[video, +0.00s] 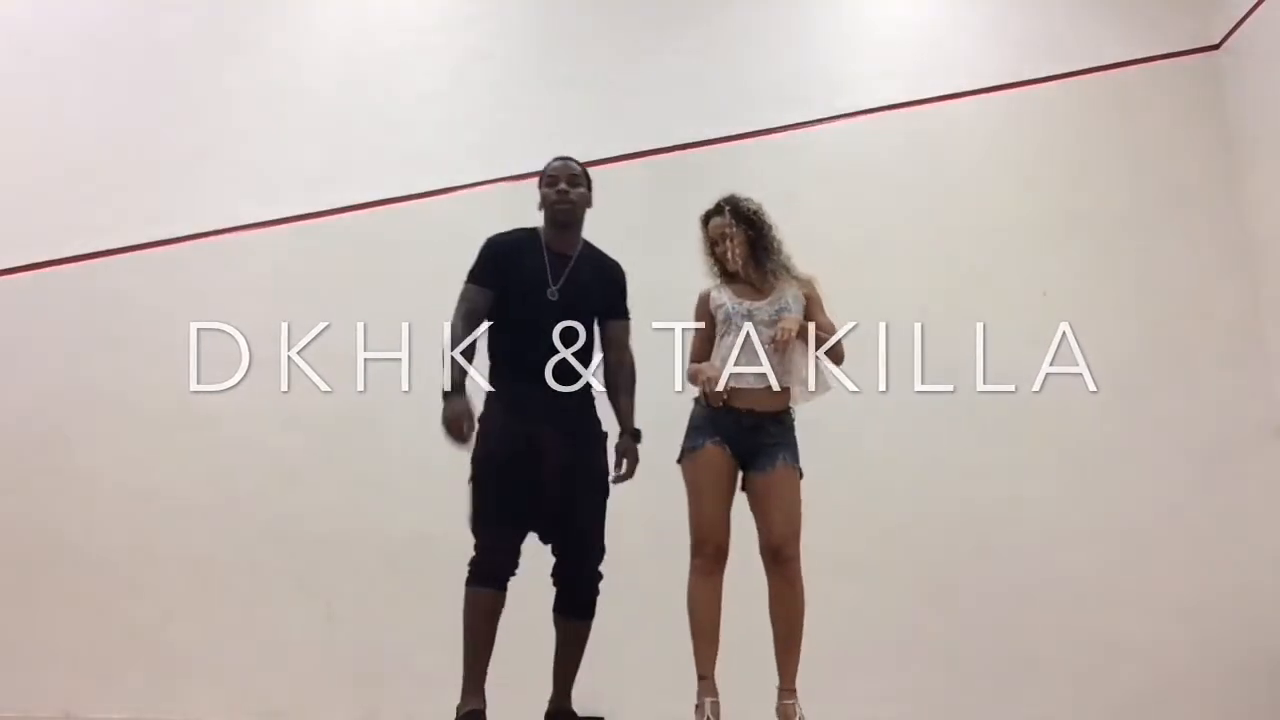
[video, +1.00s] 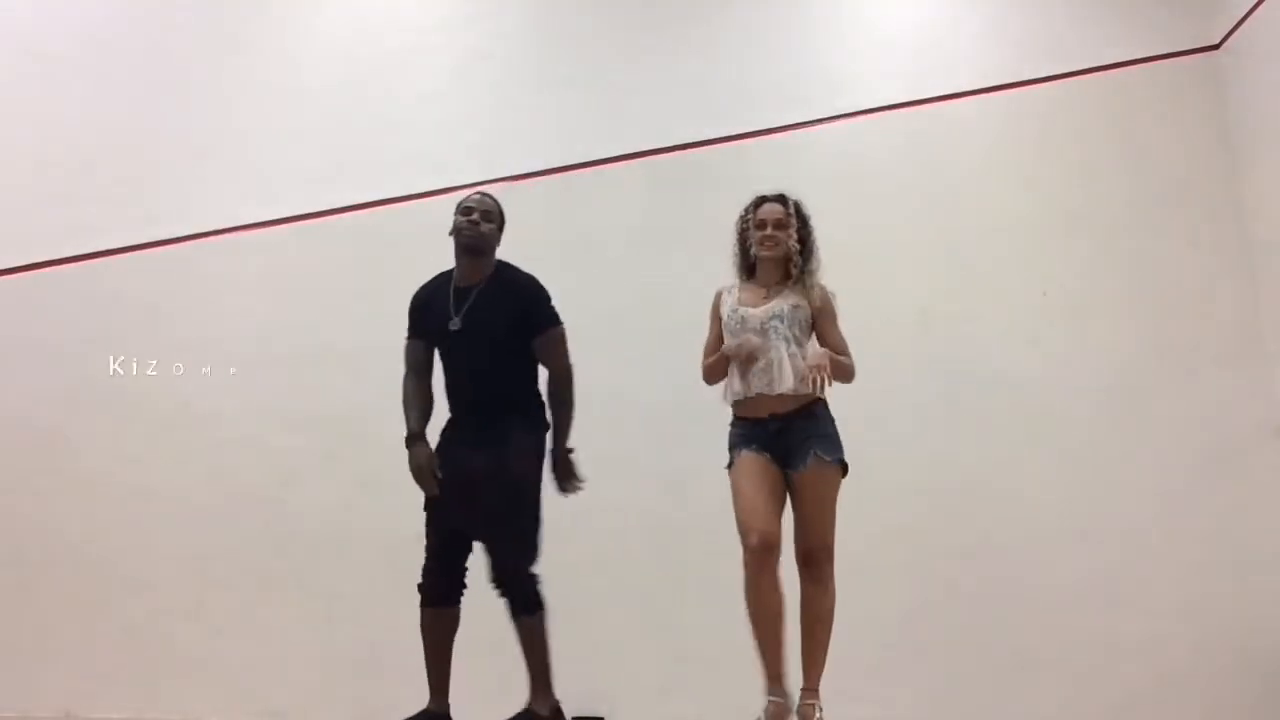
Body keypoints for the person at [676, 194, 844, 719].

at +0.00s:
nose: (726, 246)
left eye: (732, 235)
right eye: (717, 240)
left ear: (755, 233)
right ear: (711, 248)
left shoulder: (798, 290)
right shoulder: (713, 298)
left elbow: (835, 353)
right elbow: (694, 367)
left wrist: (802, 327)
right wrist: (703, 372)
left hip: (773, 431)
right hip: (713, 427)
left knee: (782, 555)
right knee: (708, 552)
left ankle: (789, 695)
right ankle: (706, 691)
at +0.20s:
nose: (721, 244)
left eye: (728, 233)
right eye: (712, 238)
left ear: (749, 234)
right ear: (704, 246)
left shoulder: (790, 293)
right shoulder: (702, 299)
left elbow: (807, 371)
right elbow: (682, 373)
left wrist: (793, 352)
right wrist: (699, 367)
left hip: (764, 433)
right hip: (706, 426)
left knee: (767, 553)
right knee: (703, 551)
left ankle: (749, 691)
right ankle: (704, 691)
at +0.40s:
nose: (728, 234)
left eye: (737, 224)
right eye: (719, 226)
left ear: (756, 228)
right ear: (710, 234)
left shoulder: (781, 290)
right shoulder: (697, 290)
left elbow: (799, 355)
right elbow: (683, 366)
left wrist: (794, 366)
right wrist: (708, 336)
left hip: (767, 427)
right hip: (707, 424)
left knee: (786, 543)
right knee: (704, 552)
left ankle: (774, 682)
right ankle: (703, 689)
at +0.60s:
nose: (744, 228)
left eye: (753, 220)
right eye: (735, 221)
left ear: (768, 229)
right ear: (721, 229)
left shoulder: (787, 291)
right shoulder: (702, 285)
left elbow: (799, 359)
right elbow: (679, 353)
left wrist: (801, 373)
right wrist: (720, 320)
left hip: (783, 425)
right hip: (723, 424)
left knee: (796, 551)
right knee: (717, 552)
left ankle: (808, 690)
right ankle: (707, 689)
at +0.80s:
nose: (760, 229)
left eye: (770, 221)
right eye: (751, 222)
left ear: (786, 232)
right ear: (737, 232)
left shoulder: (804, 294)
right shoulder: (717, 293)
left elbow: (823, 362)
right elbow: (692, 364)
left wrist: (817, 368)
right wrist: (726, 333)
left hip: (803, 429)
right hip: (742, 429)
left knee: (809, 559)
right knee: (736, 548)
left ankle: (808, 695)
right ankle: (716, 687)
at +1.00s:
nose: (770, 233)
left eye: (780, 226)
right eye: (761, 226)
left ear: (797, 236)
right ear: (747, 236)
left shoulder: (814, 296)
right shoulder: (727, 299)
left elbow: (847, 371)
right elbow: (709, 374)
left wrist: (824, 358)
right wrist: (734, 352)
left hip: (810, 428)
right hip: (751, 433)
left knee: (815, 559)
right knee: (759, 546)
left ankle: (811, 694)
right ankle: (775, 691)